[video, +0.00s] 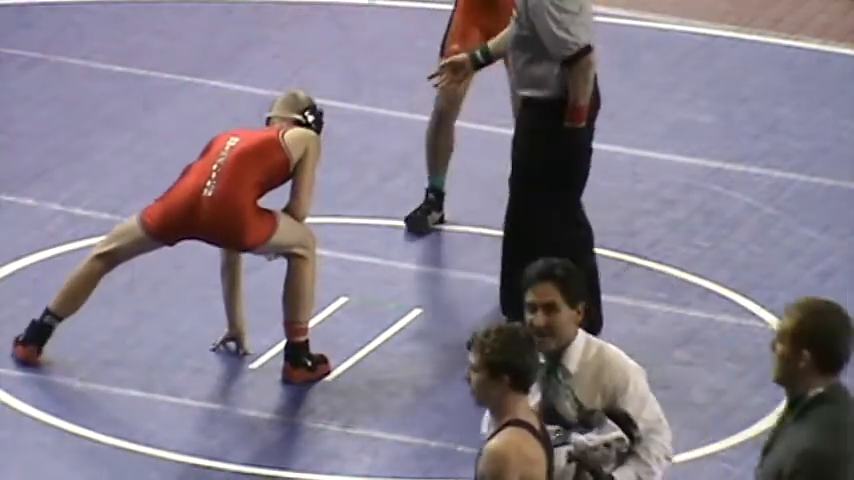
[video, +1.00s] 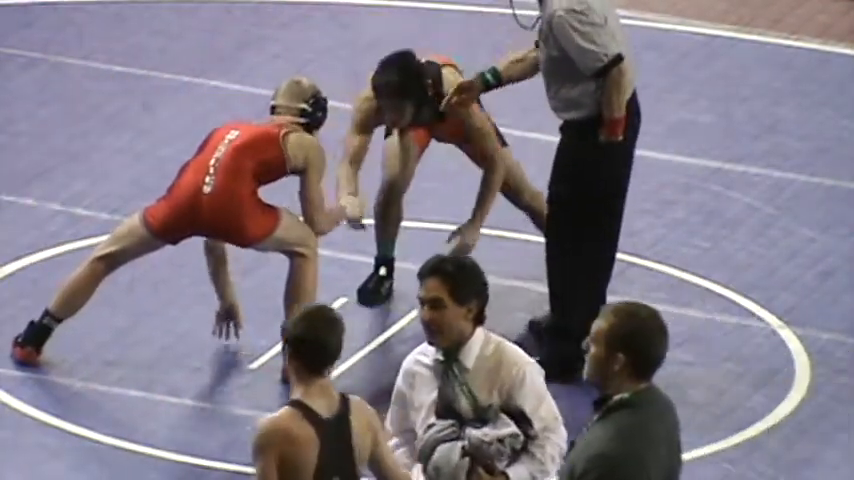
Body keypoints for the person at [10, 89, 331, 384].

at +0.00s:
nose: (315, 139)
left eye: (315, 134)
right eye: (316, 132)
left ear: (272, 119)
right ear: (308, 124)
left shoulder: (230, 139)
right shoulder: (306, 138)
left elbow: (231, 252)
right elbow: (298, 213)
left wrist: (236, 330)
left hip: (175, 211)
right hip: (233, 221)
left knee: (103, 256)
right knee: (304, 244)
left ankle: (33, 339)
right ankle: (298, 359)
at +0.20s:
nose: (314, 134)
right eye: (315, 127)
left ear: (270, 115)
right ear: (308, 120)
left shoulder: (230, 138)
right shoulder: (305, 135)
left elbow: (230, 247)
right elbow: (296, 212)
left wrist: (234, 323)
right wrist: (270, 242)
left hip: (175, 211)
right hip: (232, 220)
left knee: (100, 256)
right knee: (302, 244)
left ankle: (31, 340)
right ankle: (298, 359)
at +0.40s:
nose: (316, 128)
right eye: (316, 120)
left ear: (270, 112)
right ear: (308, 115)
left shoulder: (231, 137)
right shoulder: (307, 132)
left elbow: (231, 246)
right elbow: (300, 211)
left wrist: (235, 324)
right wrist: (281, 246)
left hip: (179, 211)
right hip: (237, 219)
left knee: (102, 258)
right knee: (306, 244)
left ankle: (32, 340)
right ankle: (298, 359)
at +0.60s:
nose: (314, 133)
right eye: (315, 123)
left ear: (270, 111)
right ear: (309, 117)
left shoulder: (231, 135)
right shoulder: (306, 135)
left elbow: (232, 248)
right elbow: (314, 216)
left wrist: (234, 323)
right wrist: (326, 204)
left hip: (182, 211)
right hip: (238, 217)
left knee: (105, 259)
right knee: (308, 243)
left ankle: (32, 340)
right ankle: (299, 359)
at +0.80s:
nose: (272, 103)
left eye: (277, 102)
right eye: (278, 101)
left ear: (277, 111)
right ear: (311, 119)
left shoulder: (233, 134)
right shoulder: (307, 141)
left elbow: (232, 244)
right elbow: (320, 221)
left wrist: (235, 322)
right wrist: (341, 198)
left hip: (178, 208)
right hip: (237, 216)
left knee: (105, 258)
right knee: (306, 243)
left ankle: (33, 339)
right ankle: (297, 357)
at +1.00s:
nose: (282, 114)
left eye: (280, 105)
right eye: (312, 118)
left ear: (274, 107)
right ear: (312, 116)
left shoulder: (233, 131)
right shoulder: (307, 143)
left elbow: (211, 219)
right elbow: (316, 225)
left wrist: (226, 297)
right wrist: (344, 211)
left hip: (178, 208)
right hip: (235, 214)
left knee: (104, 260)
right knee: (305, 244)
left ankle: (33, 339)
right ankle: (296, 358)